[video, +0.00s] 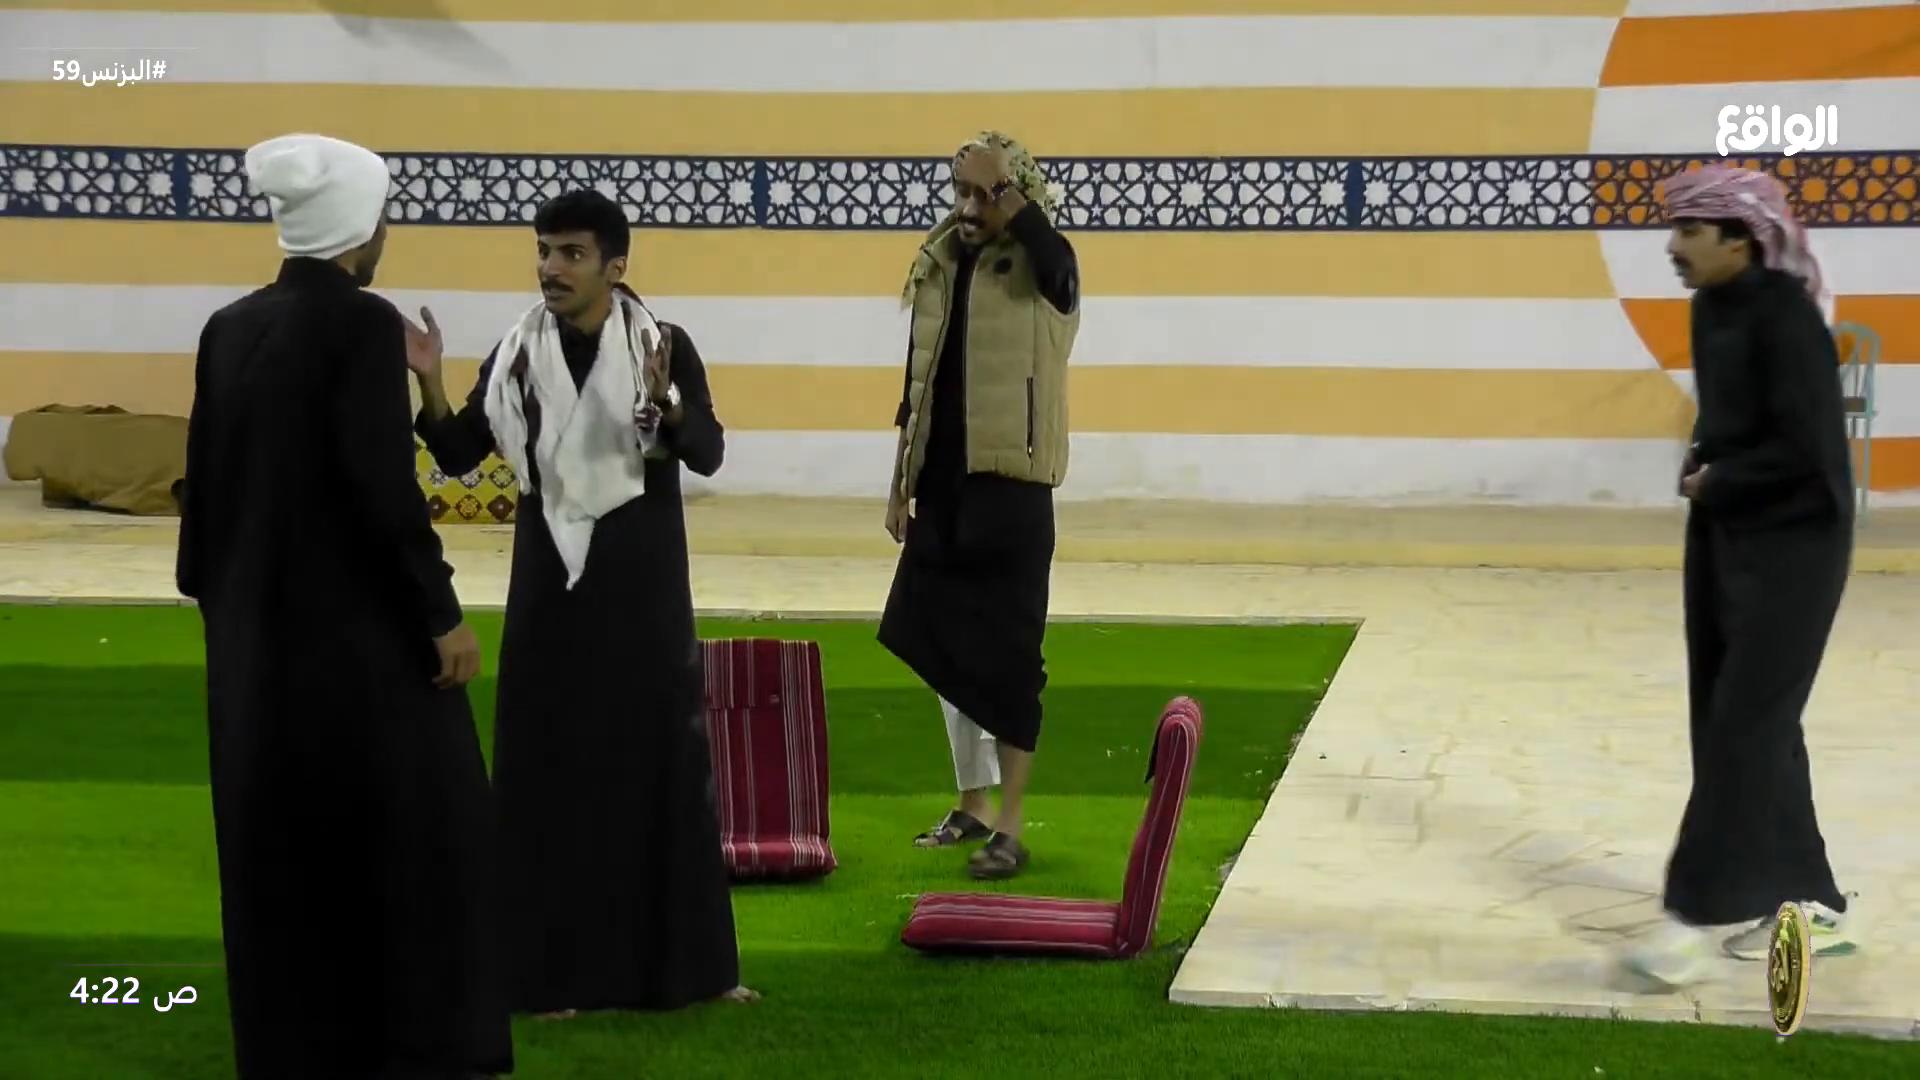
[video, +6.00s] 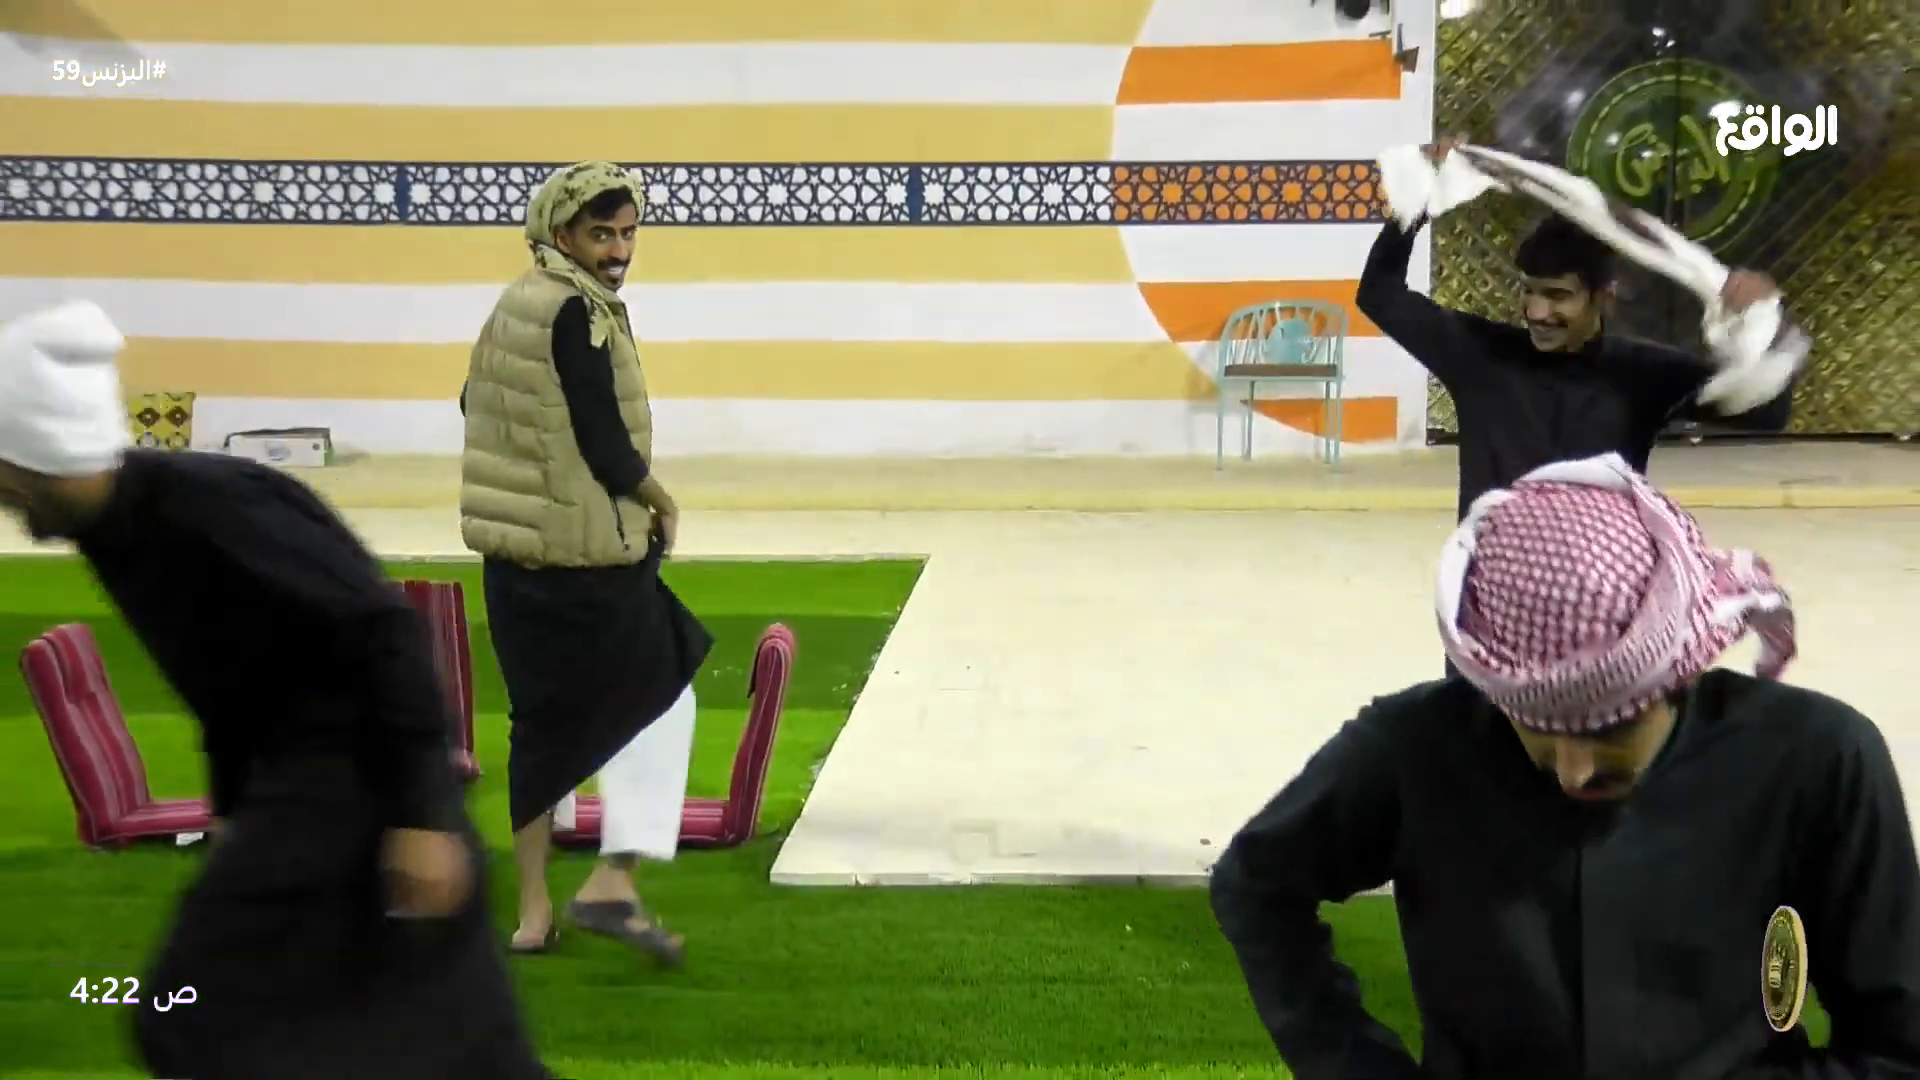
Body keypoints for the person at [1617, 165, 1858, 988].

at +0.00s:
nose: (1675, 249)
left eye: (1689, 234)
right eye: (1675, 234)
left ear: (1741, 239)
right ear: (1710, 242)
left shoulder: (1784, 313)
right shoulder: (1713, 314)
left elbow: (1805, 450)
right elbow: (1733, 419)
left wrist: (1715, 479)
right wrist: (1703, 456)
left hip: (1795, 549)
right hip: (1730, 545)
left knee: (1743, 718)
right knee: (1746, 718)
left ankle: (1703, 910)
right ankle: (1809, 896)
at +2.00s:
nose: (1398, 313)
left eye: (1418, 295)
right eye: (1379, 293)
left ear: (1446, 300)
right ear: (1349, 296)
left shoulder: (1490, 384)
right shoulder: (1299, 380)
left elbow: (1523, 534)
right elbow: (1199, 461)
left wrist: (1398, 603)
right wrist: (1257, 550)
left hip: (1445, 668)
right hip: (1334, 666)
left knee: (1441, 895)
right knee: (1343, 889)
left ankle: (1391, 1027)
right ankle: (1360, 1067)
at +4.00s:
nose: (1567, 419)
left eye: (1594, 386)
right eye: (1536, 386)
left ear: (1634, 382)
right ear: (1487, 381)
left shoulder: (1705, 502)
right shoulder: (1389, 489)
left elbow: (1765, 728)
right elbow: (1267, 635)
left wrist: (1561, 823)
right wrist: (1359, 782)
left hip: (1611, 925)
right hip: (1428, 912)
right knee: (1429, 1061)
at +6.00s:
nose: (1575, 771)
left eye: (1614, 732)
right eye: (1540, 733)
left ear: (1681, 674)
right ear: (1494, 687)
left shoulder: (1822, 764)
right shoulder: (1408, 754)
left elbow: (1893, 1039)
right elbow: (1253, 888)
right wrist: (1368, 1069)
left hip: (1734, 1061)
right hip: (1484, 1060)